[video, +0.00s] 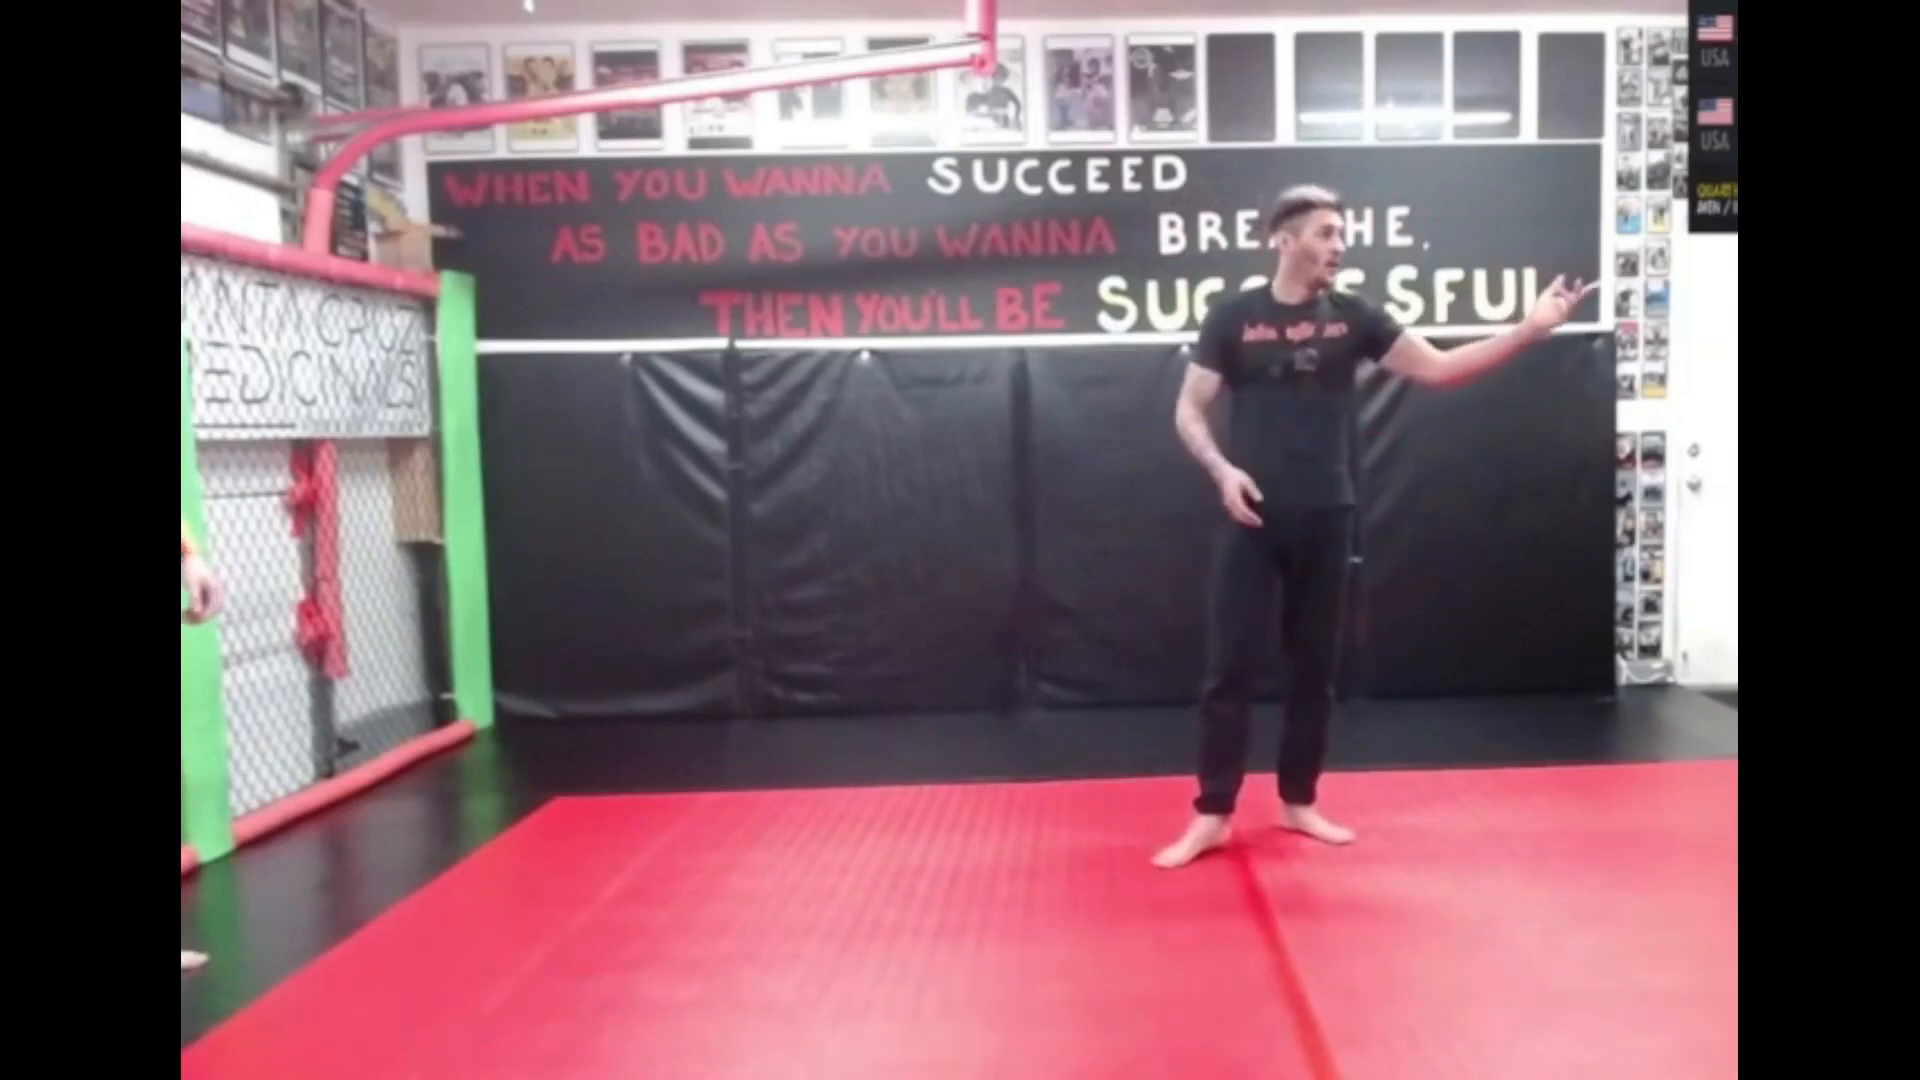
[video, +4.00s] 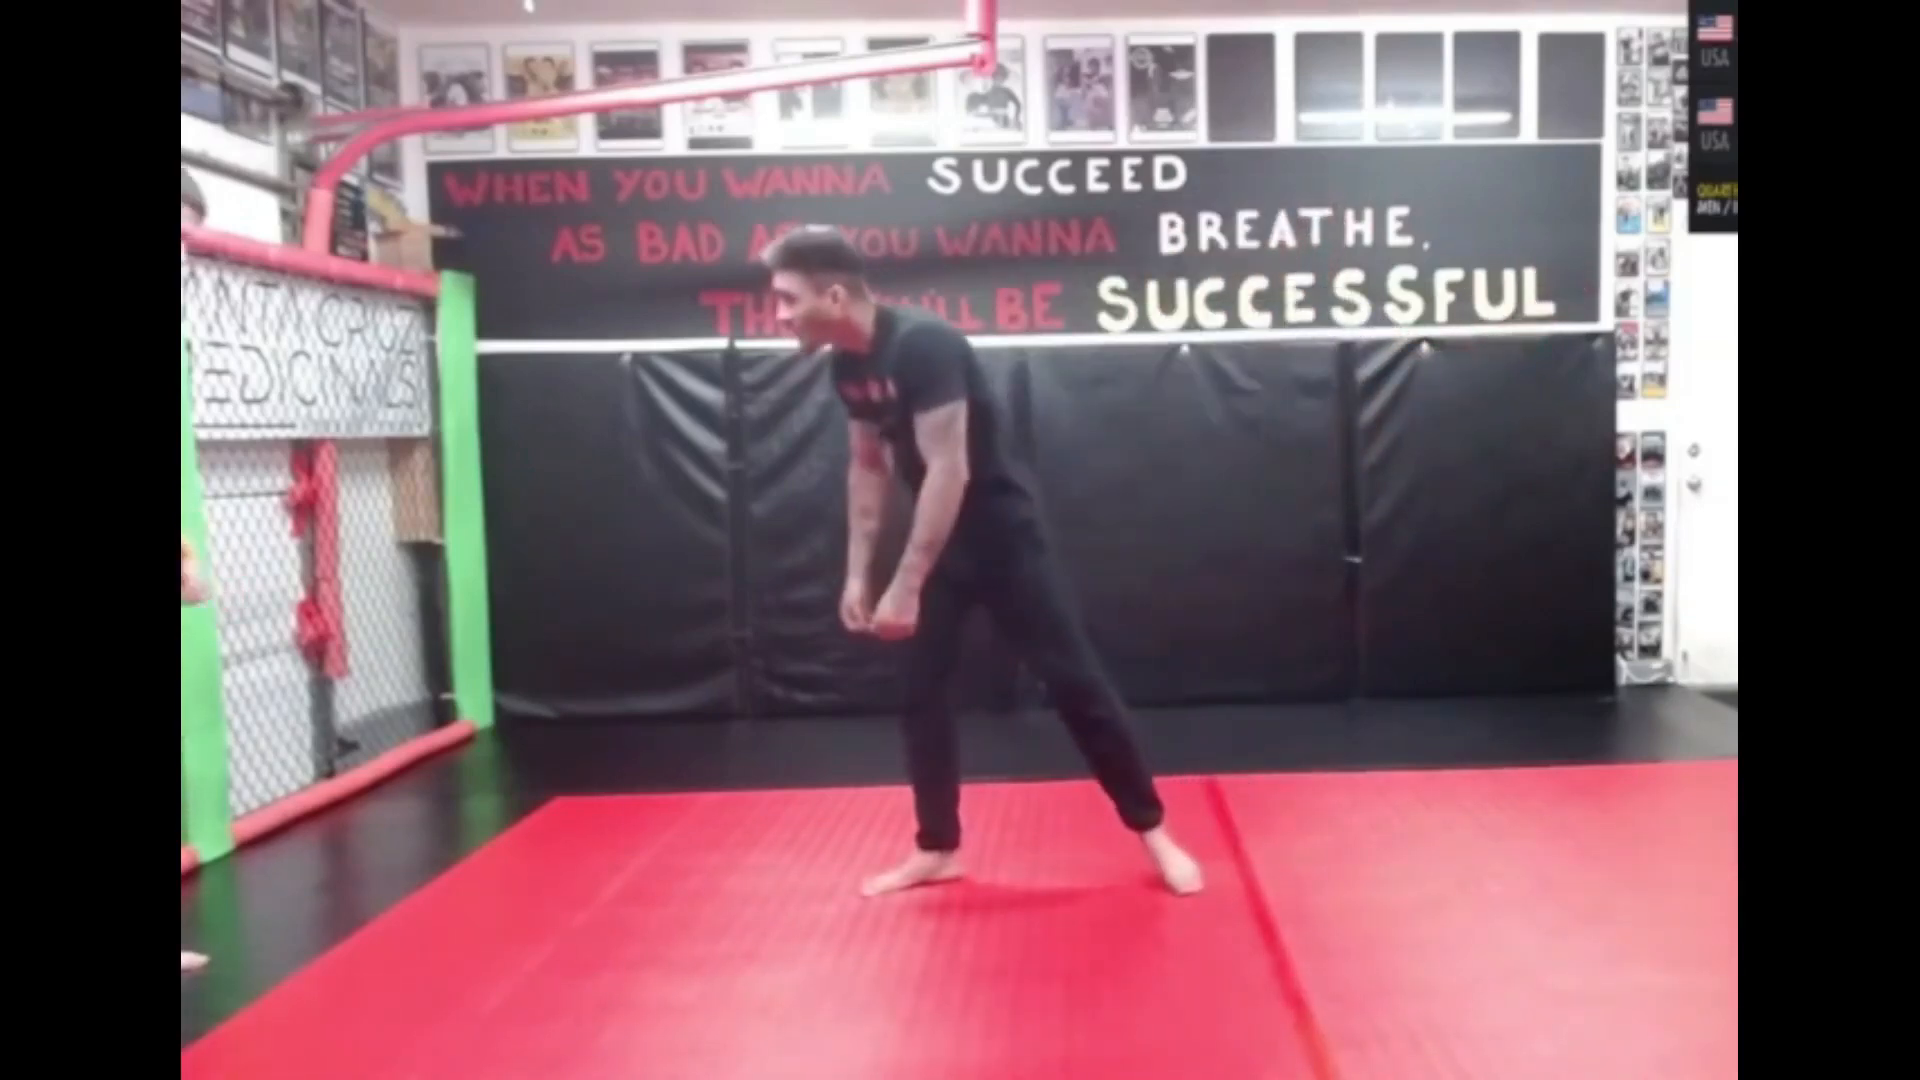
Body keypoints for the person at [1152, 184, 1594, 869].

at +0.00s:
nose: (1337, 246)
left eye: (1340, 235)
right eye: (1325, 233)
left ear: (1338, 246)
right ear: (1282, 240)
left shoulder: (1353, 315)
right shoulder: (1232, 317)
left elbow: (1439, 368)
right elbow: (1188, 412)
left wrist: (1530, 327)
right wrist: (1221, 470)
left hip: (1325, 518)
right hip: (1249, 517)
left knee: (1315, 666)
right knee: (1228, 666)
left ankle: (1298, 802)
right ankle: (1212, 814)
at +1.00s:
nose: (1330, 247)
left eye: (1334, 236)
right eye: (1318, 235)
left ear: (1332, 246)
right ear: (1275, 241)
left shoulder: (1347, 314)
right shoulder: (1227, 318)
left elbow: (1432, 367)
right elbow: (1184, 415)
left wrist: (1523, 330)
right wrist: (1216, 464)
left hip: (1325, 517)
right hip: (1248, 516)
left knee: (1315, 666)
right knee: (1228, 665)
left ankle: (1299, 802)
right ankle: (1213, 815)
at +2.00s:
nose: (1235, 247)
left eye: (1246, 235)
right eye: (1231, 236)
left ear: (1287, 241)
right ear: (1231, 243)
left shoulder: (1334, 314)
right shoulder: (1215, 318)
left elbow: (1365, 412)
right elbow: (1151, 402)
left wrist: (1334, 456)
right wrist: (1066, 380)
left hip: (1310, 514)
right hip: (1234, 513)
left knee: (1308, 663)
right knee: (1219, 665)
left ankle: (1299, 802)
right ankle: (1211, 817)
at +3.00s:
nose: (1191, 248)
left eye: (1207, 237)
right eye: (1191, 236)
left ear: (1248, 250)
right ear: (1195, 247)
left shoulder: (1286, 332)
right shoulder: (1171, 328)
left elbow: (1324, 436)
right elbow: (1123, 413)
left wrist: (1285, 492)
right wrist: (1067, 447)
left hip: (1252, 530)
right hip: (1175, 525)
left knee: (1283, 672)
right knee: (1118, 655)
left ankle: (1296, 807)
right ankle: (1092, 819)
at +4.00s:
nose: (780, 316)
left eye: (788, 300)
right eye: (777, 301)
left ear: (838, 293)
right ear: (828, 298)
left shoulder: (925, 345)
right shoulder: (849, 367)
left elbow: (949, 473)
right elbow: (868, 466)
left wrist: (905, 585)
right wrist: (858, 573)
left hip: (1002, 528)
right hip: (935, 535)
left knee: (1069, 670)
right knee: (922, 683)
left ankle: (1154, 832)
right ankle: (937, 849)